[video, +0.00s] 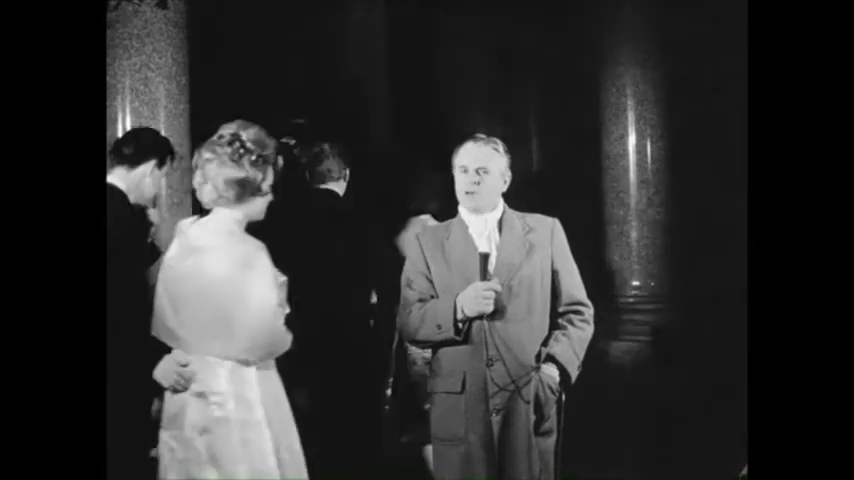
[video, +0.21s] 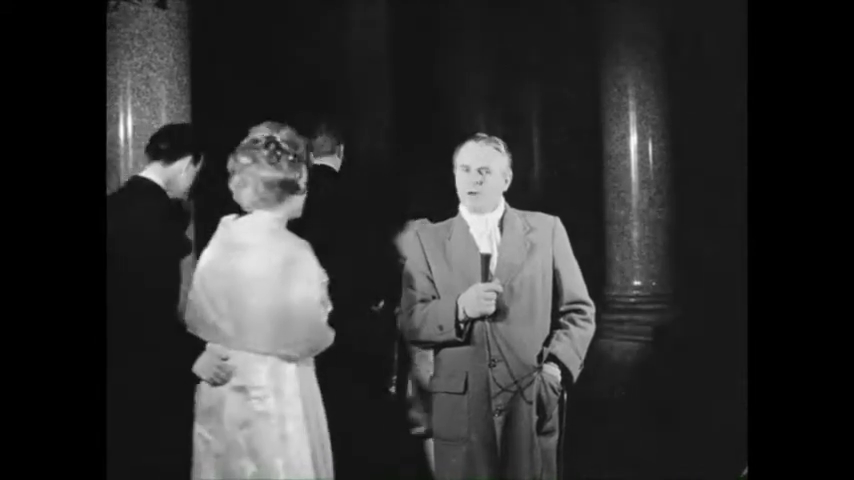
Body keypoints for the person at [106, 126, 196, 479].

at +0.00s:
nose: (162, 186)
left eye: (164, 176)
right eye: (163, 174)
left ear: (127, 161)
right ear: (150, 168)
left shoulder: (124, 214)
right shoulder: (122, 218)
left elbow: (125, 308)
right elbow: (116, 312)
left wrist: (161, 356)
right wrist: (152, 360)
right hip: (119, 393)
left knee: (128, 464)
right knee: (125, 465)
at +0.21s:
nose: (193, 184)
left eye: (197, 173)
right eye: (196, 171)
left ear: (155, 156)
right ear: (183, 163)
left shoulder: (119, 202)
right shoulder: (159, 213)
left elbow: (139, 308)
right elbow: (147, 311)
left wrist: (196, 350)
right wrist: (194, 355)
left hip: (123, 368)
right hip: (153, 377)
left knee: (130, 461)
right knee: (162, 464)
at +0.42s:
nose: (224, 182)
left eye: (227, 171)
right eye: (227, 170)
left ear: (186, 154)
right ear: (220, 164)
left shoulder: (142, 207)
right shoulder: (199, 214)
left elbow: (145, 302)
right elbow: (194, 302)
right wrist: (235, 354)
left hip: (145, 360)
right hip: (188, 366)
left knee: (152, 457)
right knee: (197, 460)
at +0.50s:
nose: (239, 179)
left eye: (241, 169)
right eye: (241, 169)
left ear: (197, 158)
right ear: (233, 167)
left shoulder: (156, 209)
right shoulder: (217, 216)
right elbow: (215, 305)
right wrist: (254, 354)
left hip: (160, 356)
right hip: (204, 364)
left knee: (166, 453)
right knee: (209, 456)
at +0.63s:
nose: (261, 174)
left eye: (263, 165)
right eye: (262, 165)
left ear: (217, 158)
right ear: (257, 165)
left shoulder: (178, 207)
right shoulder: (247, 215)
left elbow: (179, 298)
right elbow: (243, 299)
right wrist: (280, 352)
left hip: (186, 358)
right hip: (236, 364)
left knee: (193, 455)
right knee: (241, 458)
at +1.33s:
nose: (336, 175)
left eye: (335, 168)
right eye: (335, 167)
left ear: (290, 165)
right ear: (331, 166)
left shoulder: (262, 205)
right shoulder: (337, 212)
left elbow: (251, 279)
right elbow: (355, 282)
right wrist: (393, 328)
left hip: (275, 335)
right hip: (333, 339)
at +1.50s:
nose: (345, 171)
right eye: (345, 164)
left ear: (300, 162)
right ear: (342, 162)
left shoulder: (276, 202)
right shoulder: (350, 204)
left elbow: (259, 270)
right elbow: (366, 272)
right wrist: (403, 314)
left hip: (290, 321)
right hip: (347, 326)